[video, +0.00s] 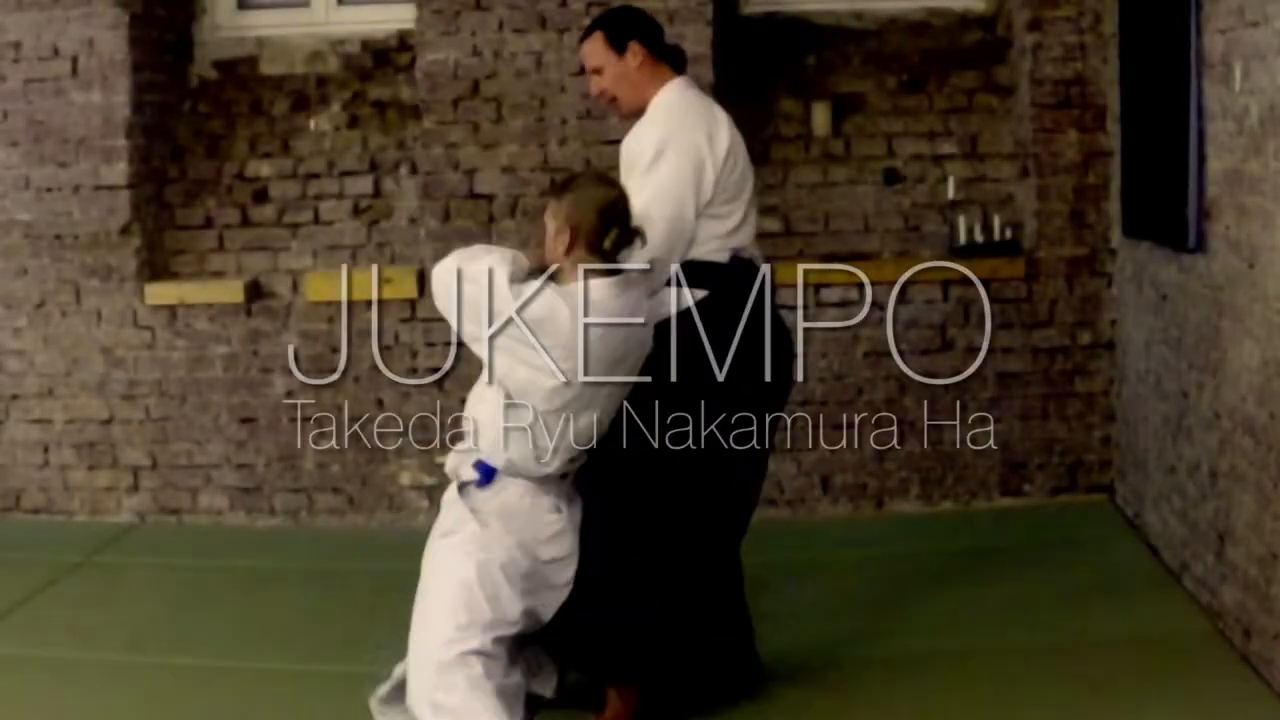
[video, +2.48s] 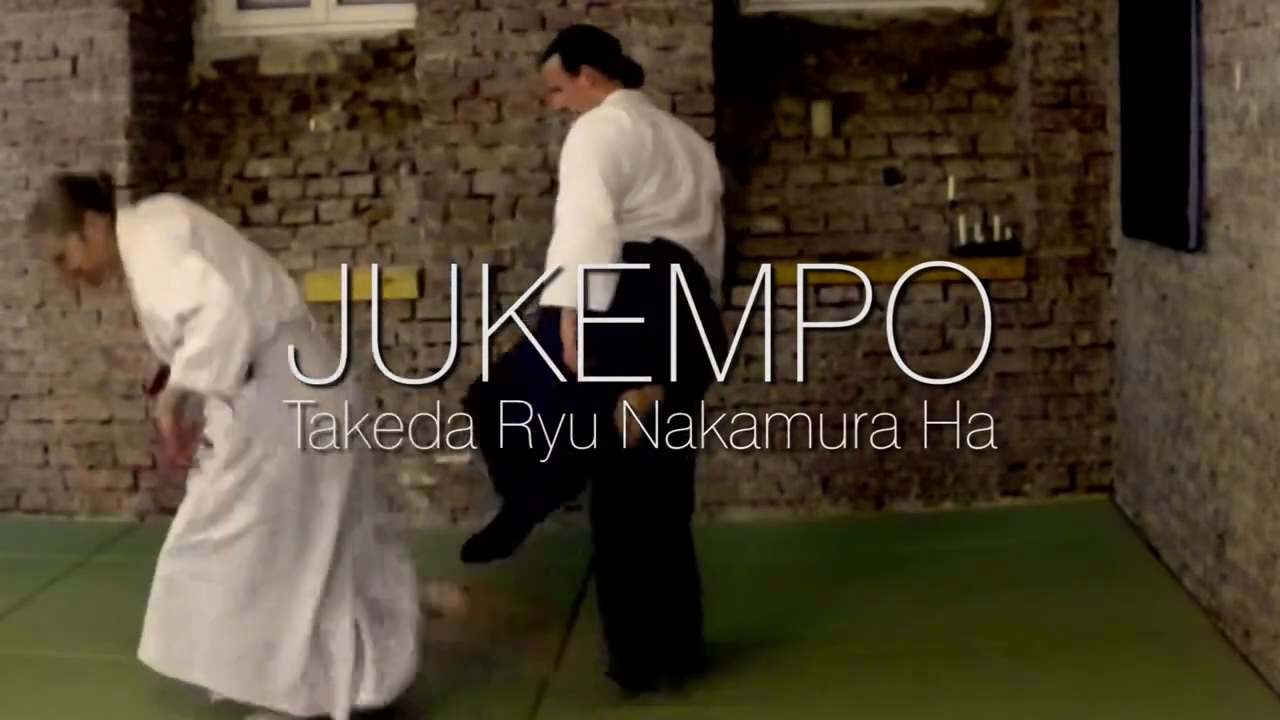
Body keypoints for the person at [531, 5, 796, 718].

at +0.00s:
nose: (593, 90)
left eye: (596, 72)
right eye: (587, 76)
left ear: (637, 55)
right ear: (640, 58)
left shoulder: (674, 125)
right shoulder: (690, 113)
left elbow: (653, 245)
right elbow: (660, 235)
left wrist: (585, 305)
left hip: (691, 328)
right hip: (713, 318)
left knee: (652, 500)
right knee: (693, 497)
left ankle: (646, 673)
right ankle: (709, 664)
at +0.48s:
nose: (558, 110)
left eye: (556, 93)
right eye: (553, 96)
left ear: (582, 76)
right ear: (621, 71)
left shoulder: (577, 157)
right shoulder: (719, 131)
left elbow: (559, 281)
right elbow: (761, 243)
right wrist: (719, 302)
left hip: (621, 352)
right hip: (720, 345)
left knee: (605, 504)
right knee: (716, 501)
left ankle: (616, 670)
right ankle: (714, 665)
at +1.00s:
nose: (534, 112)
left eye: (531, 98)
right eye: (530, 99)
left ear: (551, 84)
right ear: (592, 74)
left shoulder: (552, 155)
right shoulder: (690, 132)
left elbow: (505, 273)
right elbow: (737, 235)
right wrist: (716, 307)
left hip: (604, 348)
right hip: (697, 341)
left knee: (596, 508)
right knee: (702, 505)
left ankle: (615, 671)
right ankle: (708, 666)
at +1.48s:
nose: (485, 126)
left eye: (481, 112)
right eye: (480, 115)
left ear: (499, 98)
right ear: (540, 84)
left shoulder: (541, 151)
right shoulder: (613, 133)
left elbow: (494, 272)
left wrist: (446, 281)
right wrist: (478, 230)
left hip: (587, 355)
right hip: (653, 343)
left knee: (567, 520)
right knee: (624, 513)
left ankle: (543, 679)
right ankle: (622, 668)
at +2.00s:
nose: (480, 116)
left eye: (478, 103)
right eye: (478, 105)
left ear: (498, 89)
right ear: (546, 81)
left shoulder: (491, 151)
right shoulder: (622, 137)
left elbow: (424, 279)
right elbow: (633, 219)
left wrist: (423, 298)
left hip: (559, 349)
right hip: (647, 342)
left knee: (529, 509)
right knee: (630, 507)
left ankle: (532, 680)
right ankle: (629, 663)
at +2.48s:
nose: (556, 106)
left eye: (557, 89)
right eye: (551, 93)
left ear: (590, 73)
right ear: (614, 74)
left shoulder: (593, 136)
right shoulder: (690, 139)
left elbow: (587, 240)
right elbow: (709, 246)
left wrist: (572, 329)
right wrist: (706, 316)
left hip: (622, 308)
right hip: (687, 314)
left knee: (624, 488)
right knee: (667, 481)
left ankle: (638, 653)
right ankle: (678, 642)